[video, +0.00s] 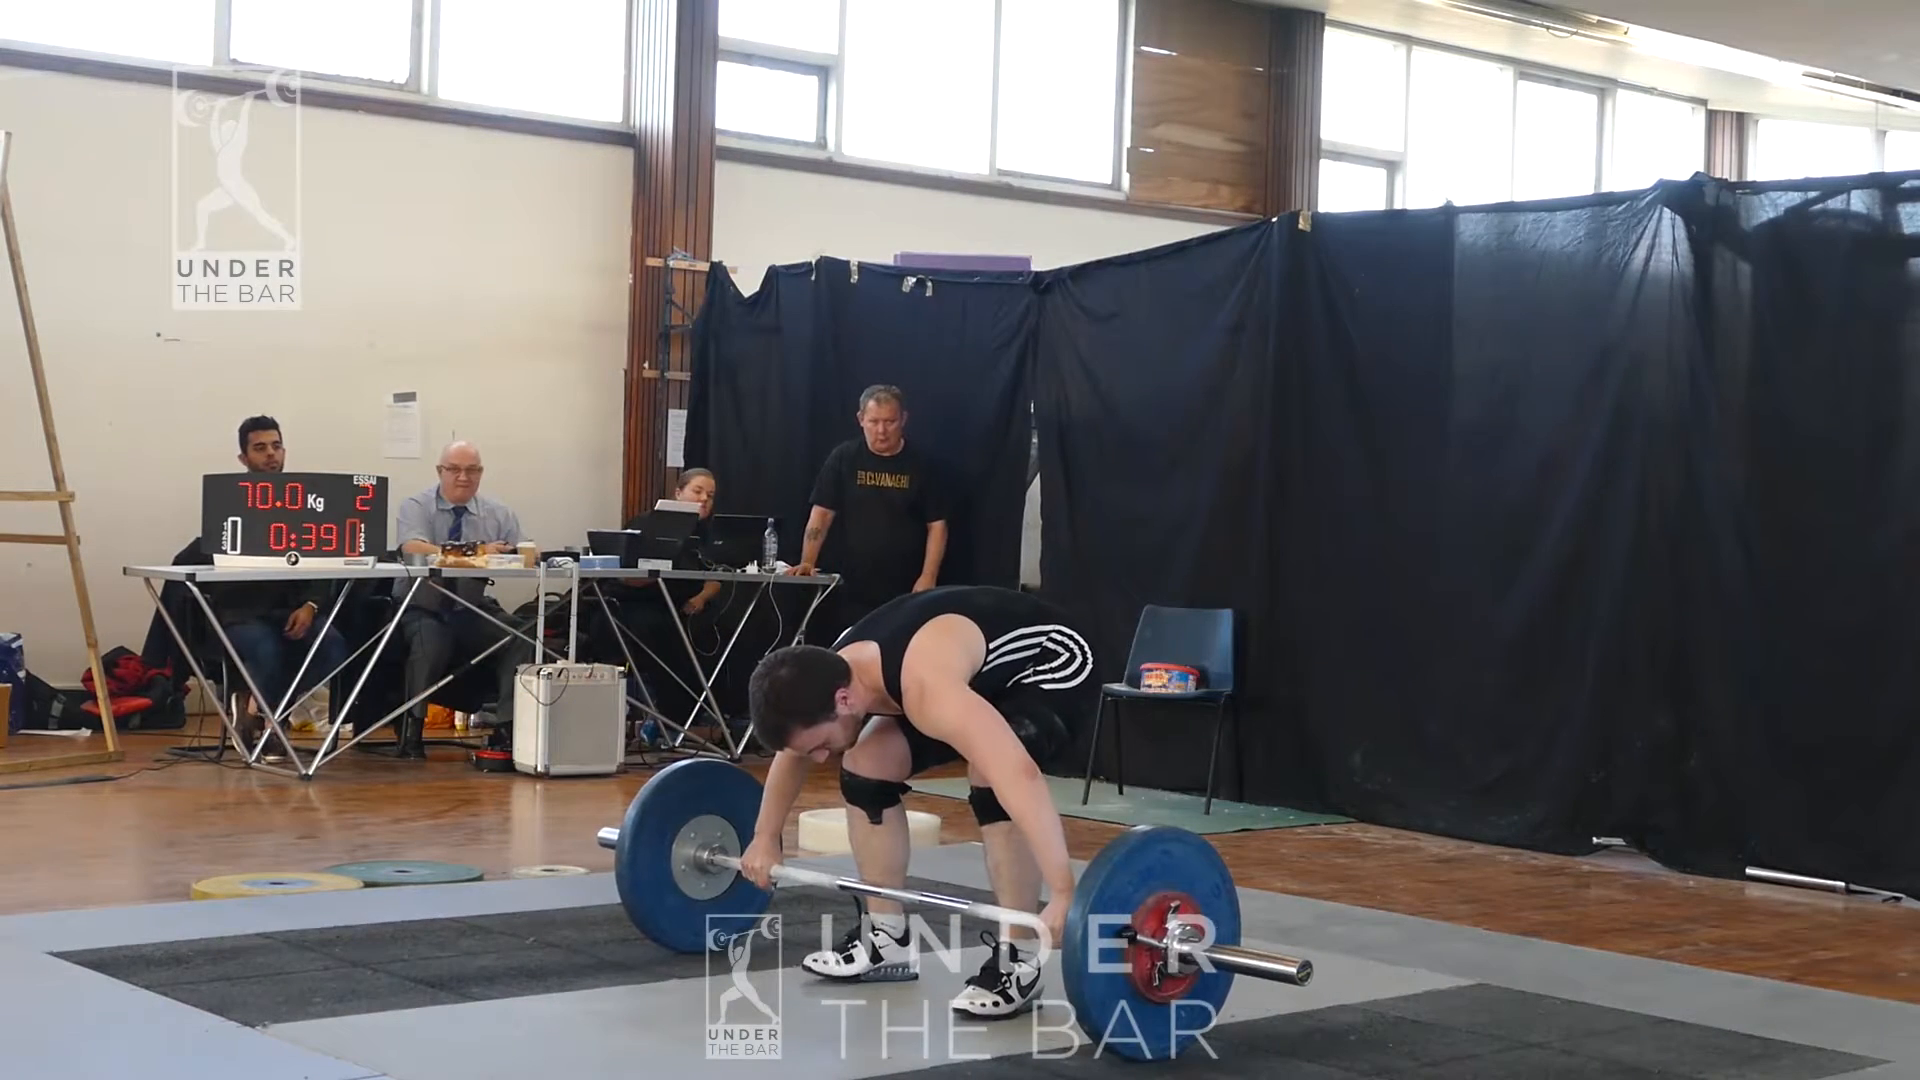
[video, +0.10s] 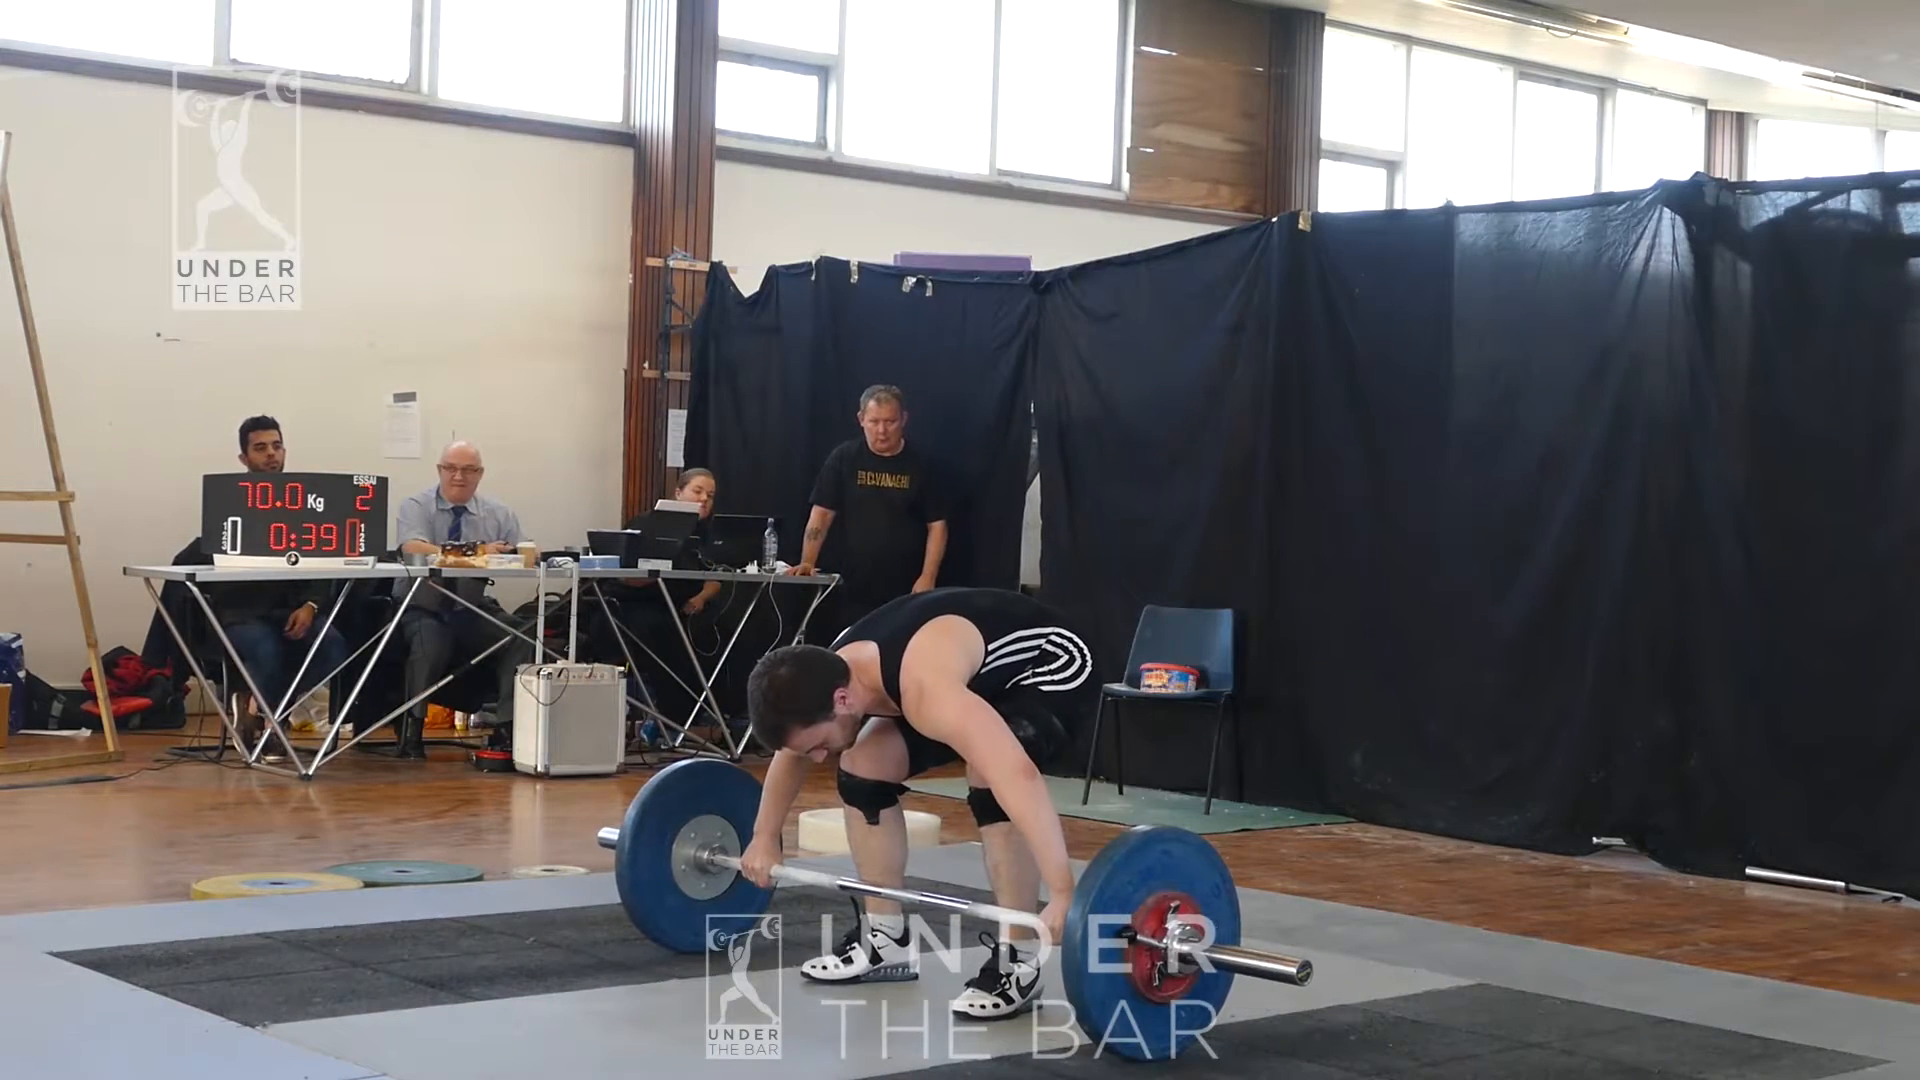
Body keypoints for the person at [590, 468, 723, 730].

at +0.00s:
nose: (704, 499)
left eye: (710, 495)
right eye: (698, 491)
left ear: (714, 502)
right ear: (678, 492)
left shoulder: (710, 535)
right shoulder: (647, 524)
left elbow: (717, 578)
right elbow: (617, 565)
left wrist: (702, 597)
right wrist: (632, 578)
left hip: (682, 607)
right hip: (641, 603)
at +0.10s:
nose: (704, 499)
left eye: (710, 495)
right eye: (698, 491)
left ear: (714, 502)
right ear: (678, 492)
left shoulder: (709, 533)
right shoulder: (647, 523)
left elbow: (716, 578)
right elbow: (618, 567)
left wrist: (702, 596)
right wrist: (639, 578)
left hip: (681, 606)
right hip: (640, 601)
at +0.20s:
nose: (704, 499)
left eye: (710, 495)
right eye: (698, 491)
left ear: (714, 502)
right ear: (679, 492)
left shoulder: (711, 533)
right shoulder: (649, 523)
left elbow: (717, 577)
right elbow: (620, 561)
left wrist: (701, 597)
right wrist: (634, 578)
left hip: (682, 605)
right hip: (643, 600)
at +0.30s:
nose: (704, 499)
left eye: (710, 495)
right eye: (698, 492)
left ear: (714, 502)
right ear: (678, 493)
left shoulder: (710, 533)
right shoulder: (647, 524)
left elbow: (716, 578)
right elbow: (625, 573)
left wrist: (702, 596)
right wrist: (647, 574)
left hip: (683, 606)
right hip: (643, 602)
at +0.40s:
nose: (704, 500)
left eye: (710, 495)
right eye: (697, 492)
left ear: (714, 502)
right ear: (678, 493)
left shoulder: (708, 533)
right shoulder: (647, 525)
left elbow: (716, 578)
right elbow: (627, 576)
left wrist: (702, 597)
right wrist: (657, 571)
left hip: (683, 607)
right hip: (643, 605)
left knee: (704, 633)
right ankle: (665, 720)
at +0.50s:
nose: (704, 500)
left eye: (710, 496)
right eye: (697, 492)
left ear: (714, 501)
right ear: (679, 493)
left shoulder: (709, 532)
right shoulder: (648, 525)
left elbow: (717, 577)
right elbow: (629, 577)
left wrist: (703, 596)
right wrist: (658, 569)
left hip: (684, 607)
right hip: (643, 604)